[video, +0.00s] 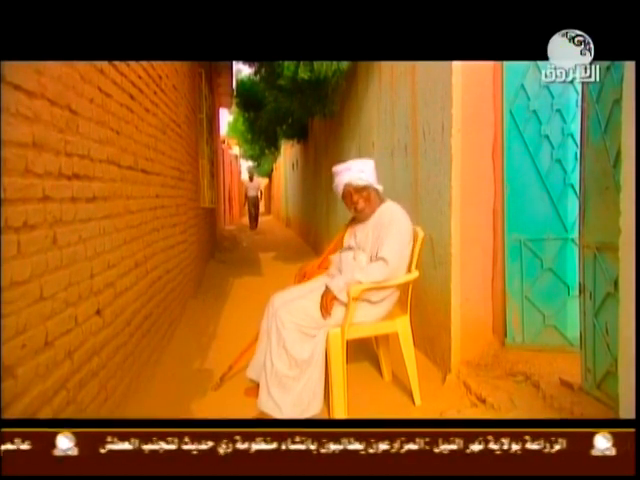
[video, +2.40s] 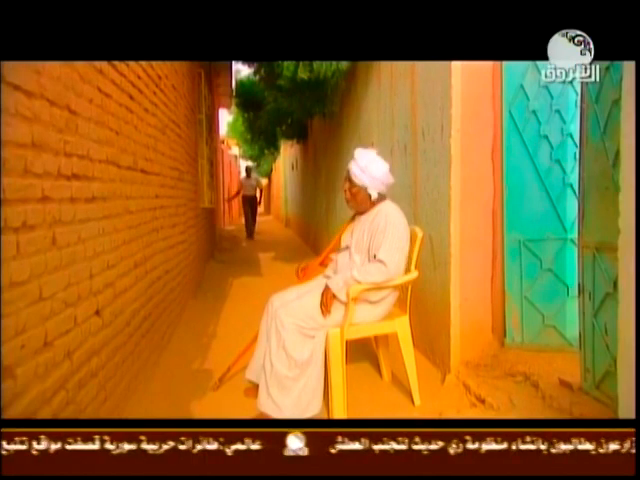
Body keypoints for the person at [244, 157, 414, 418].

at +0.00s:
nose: (356, 202)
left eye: (359, 193)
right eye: (349, 198)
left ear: (373, 190)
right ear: (345, 201)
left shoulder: (395, 218)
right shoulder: (361, 219)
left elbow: (389, 270)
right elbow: (344, 258)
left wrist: (339, 287)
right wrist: (328, 283)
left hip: (368, 299)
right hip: (342, 286)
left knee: (288, 315)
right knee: (278, 303)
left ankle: (289, 407)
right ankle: (268, 377)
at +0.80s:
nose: (326, 213)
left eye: (328, 203)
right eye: (319, 210)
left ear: (339, 195)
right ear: (316, 211)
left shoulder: (370, 217)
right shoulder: (340, 219)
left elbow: (383, 270)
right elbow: (338, 260)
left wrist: (336, 279)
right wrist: (327, 285)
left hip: (366, 298)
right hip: (339, 285)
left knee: (287, 317)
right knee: (275, 304)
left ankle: (288, 406)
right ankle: (266, 379)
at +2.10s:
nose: (337, 195)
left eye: (344, 189)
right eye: (336, 188)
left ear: (364, 192)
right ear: (335, 188)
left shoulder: (385, 219)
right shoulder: (358, 216)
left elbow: (387, 271)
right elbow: (344, 257)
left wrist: (339, 284)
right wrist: (325, 279)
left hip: (368, 301)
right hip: (342, 287)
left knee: (289, 318)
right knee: (277, 304)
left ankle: (289, 407)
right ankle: (267, 380)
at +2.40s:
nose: (346, 194)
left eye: (351, 188)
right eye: (346, 187)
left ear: (369, 191)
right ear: (365, 191)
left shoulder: (391, 218)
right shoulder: (367, 215)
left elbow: (389, 270)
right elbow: (349, 254)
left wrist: (339, 285)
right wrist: (325, 271)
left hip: (368, 301)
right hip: (343, 288)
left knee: (289, 317)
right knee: (277, 304)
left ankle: (288, 406)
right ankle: (267, 379)